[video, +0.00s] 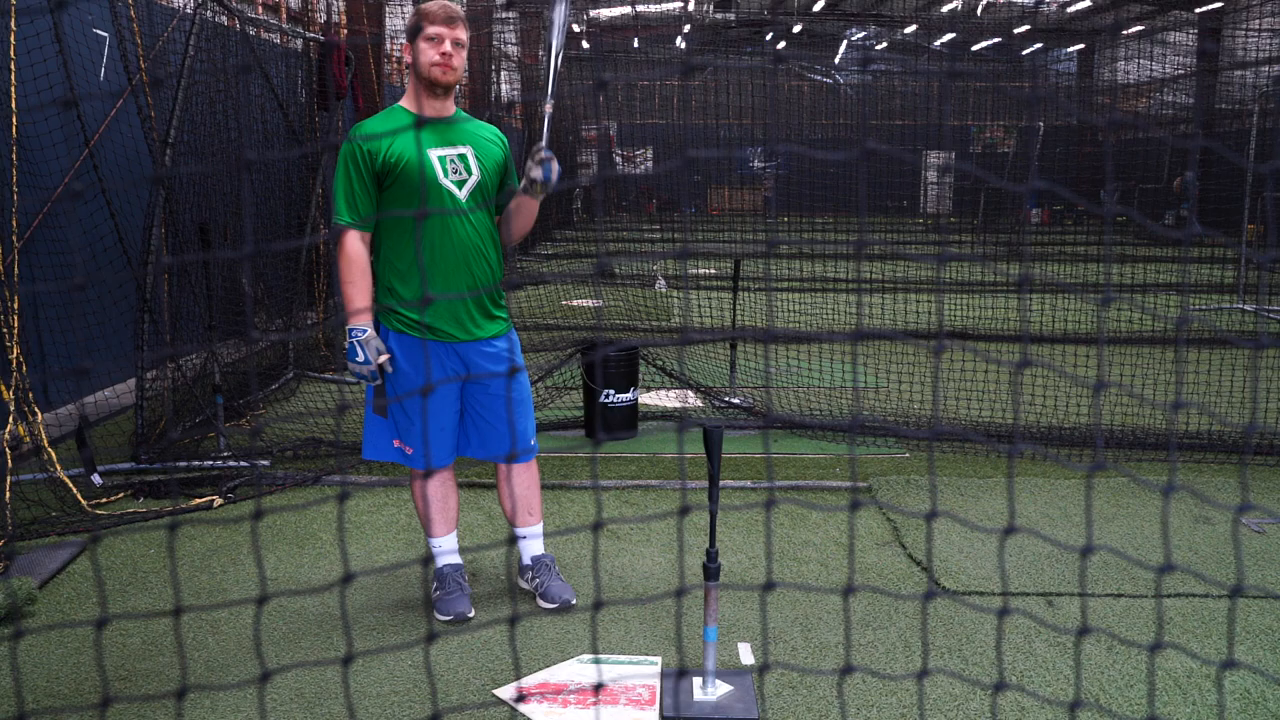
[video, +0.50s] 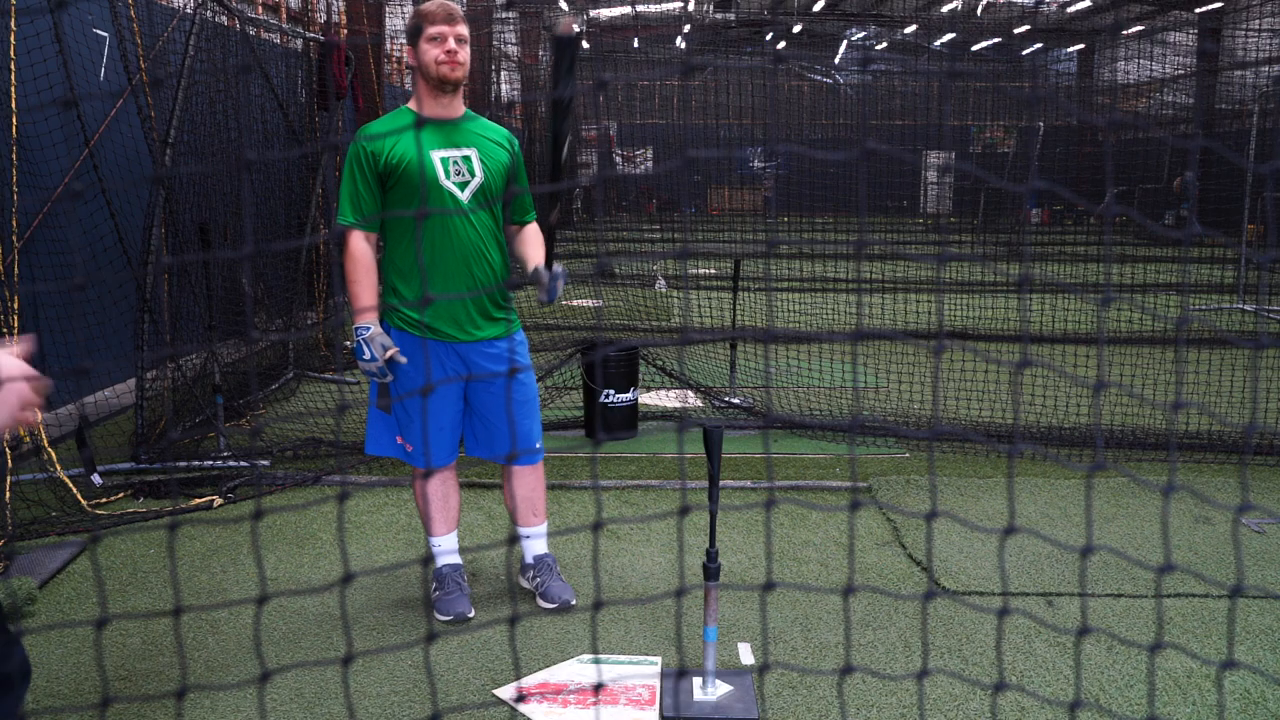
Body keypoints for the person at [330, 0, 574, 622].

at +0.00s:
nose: (448, 53)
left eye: (458, 45)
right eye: (436, 42)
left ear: (467, 58)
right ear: (408, 52)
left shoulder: (490, 141)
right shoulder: (370, 141)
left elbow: (507, 234)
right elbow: (354, 236)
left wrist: (533, 188)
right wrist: (360, 326)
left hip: (488, 325)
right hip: (410, 329)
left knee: (516, 443)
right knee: (431, 454)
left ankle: (534, 561)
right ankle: (448, 569)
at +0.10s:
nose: (448, 53)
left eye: (458, 44)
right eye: (435, 42)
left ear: (467, 57)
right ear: (407, 53)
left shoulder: (491, 141)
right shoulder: (371, 141)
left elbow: (510, 230)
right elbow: (355, 236)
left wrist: (539, 204)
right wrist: (364, 325)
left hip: (489, 326)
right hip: (411, 330)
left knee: (518, 443)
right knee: (431, 454)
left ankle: (534, 561)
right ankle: (448, 567)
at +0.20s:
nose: (448, 52)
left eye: (457, 44)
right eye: (435, 42)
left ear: (467, 56)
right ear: (408, 53)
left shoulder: (492, 142)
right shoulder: (372, 142)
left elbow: (509, 229)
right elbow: (357, 238)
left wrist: (540, 214)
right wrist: (365, 326)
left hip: (489, 327)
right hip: (412, 330)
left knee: (518, 443)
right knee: (432, 453)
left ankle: (534, 561)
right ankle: (447, 569)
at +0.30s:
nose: (448, 51)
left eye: (457, 43)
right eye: (435, 41)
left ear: (468, 56)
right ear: (408, 53)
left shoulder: (494, 141)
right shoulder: (372, 142)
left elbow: (514, 223)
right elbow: (360, 237)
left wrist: (542, 236)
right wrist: (368, 326)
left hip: (491, 326)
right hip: (413, 330)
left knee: (519, 444)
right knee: (432, 454)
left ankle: (534, 560)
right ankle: (448, 568)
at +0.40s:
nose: (449, 50)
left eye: (458, 42)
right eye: (435, 41)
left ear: (468, 55)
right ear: (409, 54)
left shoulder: (496, 142)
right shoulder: (373, 143)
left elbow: (518, 219)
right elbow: (360, 237)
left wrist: (541, 247)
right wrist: (368, 326)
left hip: (493, 327)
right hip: (414, 331)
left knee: (520, 445)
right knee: (433, 455)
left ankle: (534, 560)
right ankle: (448, 568)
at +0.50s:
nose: (452, 50)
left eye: (460, 41)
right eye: (437, 41)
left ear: (471, 54)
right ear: (412, 55)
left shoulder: (500, 143)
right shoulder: (376, 143)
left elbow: (522, 222)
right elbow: (360, 237)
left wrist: (539, 267)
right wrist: (367, 323)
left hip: (496, 327)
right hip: (416, 332)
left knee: (525, 445)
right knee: (434, 455)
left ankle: (536, 561)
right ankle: (447, 568)